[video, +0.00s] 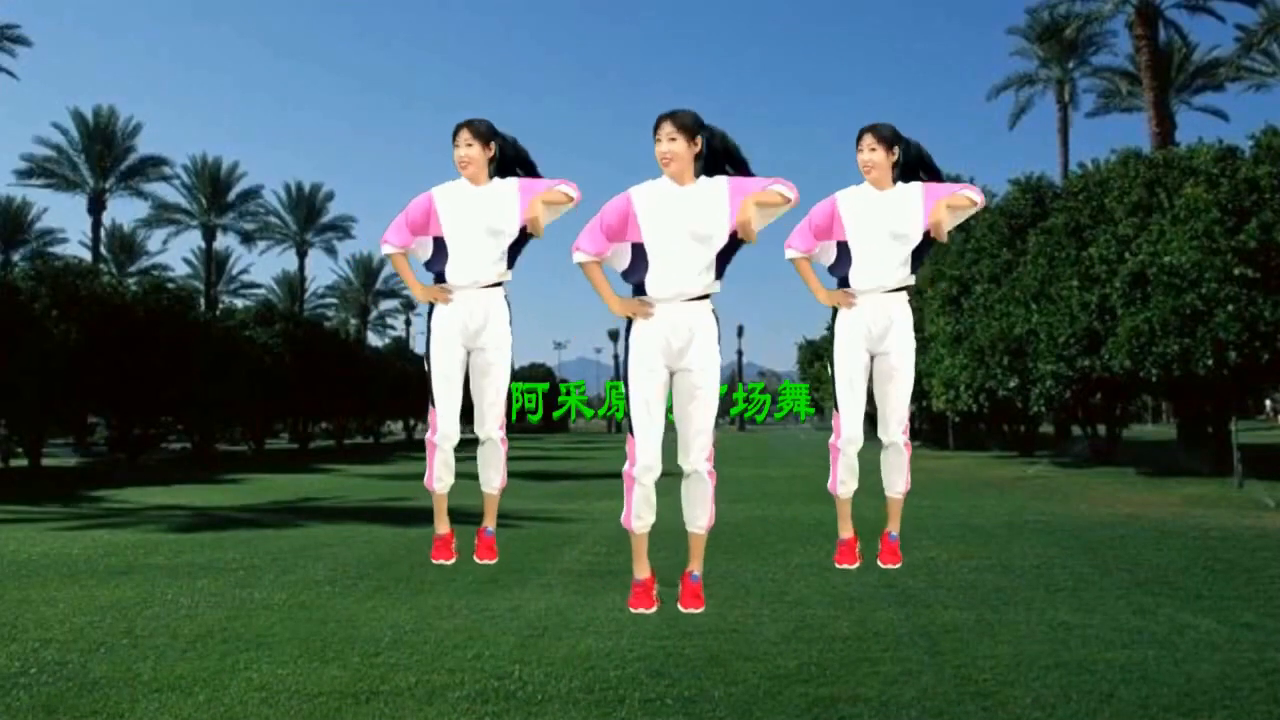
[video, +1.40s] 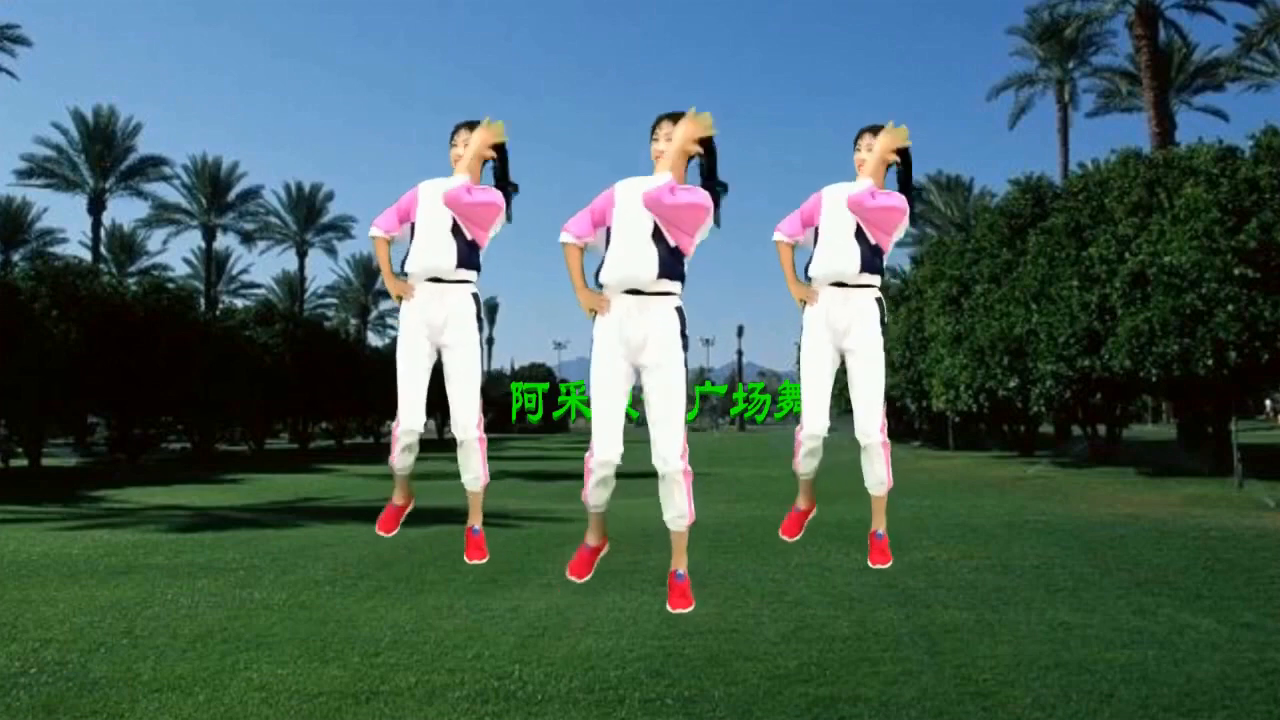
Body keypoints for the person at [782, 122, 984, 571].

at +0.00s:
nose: (864, 156)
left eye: (872, 149)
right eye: (861, 150)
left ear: (894, 154)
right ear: (856, 157)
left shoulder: (918, 194)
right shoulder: (842, 202)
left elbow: (975, 196)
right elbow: (795, 247)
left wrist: (943, 209)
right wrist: (824, 293)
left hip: (897, 312)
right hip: (852, 313)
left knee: (894, 429)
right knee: (848, 429)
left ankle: (892, 532)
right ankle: (845, 534)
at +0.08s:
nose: (867, 160)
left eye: (876, 153)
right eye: (863, 154)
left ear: (896, 159)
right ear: (859, 161)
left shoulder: (917, 201)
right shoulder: (841, 206)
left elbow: (973, 216)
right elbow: (797, 252)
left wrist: (948, 212)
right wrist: (825, 299)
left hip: (898, 315)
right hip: (853, 315)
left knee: (894, 431)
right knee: (852, 432)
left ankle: (891, 535)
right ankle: (847, 535)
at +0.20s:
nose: (872, 184)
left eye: (881, 177)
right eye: (869, 177)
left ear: (901, 184)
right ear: (864, 184)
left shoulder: (914, 231)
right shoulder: (843, 225)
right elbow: (802, 274)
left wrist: (930, 236)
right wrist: (820, 324)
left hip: (900, 335)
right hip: (856, 338)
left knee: (899, 447)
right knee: (872, 446)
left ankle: (889, 536)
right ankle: (857, 519)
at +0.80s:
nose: (853, 164)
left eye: (861, 157)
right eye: (850, 157)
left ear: (881, 164)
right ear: (846, 165)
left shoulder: (901, 210)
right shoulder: (830, 211)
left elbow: (904, 243)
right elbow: (789, 247)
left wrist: (888, 187)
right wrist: (806, 293)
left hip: (872, 326)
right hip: (828, 322)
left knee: (871, 441)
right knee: (807, 429)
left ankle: (888, 532)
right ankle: (787, 524)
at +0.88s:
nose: (852, 144)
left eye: (862, 138)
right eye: (851, 138)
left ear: (882, 147)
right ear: (849, 146)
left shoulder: (899, 191)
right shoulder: (829, 191)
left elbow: (916, 220)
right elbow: (791, 228)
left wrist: (897, 166)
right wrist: (807, 274)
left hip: (875, 304)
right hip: (831, 300)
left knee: (879, 421)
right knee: (813, 414)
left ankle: (889, 526)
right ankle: (794, 504)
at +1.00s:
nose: (860, 142)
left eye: (870, 137)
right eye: (857, 136)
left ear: (889, 148)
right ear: (852, 144)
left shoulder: (902, 190)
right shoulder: (828, 188)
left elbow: (911, 228)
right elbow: (789, 229)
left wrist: (902, 173)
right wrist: (806, 277)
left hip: (881, 299)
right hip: (837, 296)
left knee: (881, 416)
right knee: (831, 416)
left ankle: (883, 523)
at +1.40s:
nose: (864, 155)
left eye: (873, 148)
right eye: (860, 148)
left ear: (886, 159)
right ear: (853, 154)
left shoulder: (895, 205)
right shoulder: (829, 196)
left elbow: (858, 197)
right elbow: (783, 235)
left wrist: (880, 154)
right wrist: (793, 283)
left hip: (864, 305)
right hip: (821, 302)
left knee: (870, 427)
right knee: (812, 425)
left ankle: (879, 530)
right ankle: (803, 501)